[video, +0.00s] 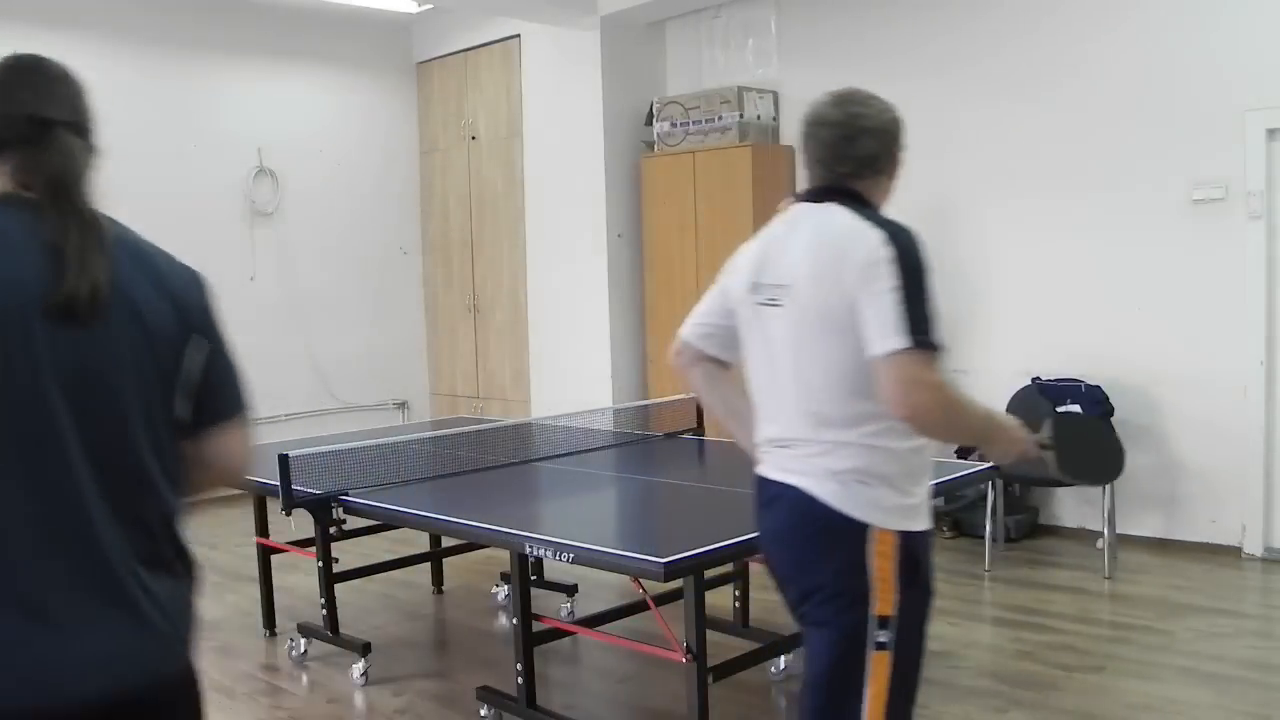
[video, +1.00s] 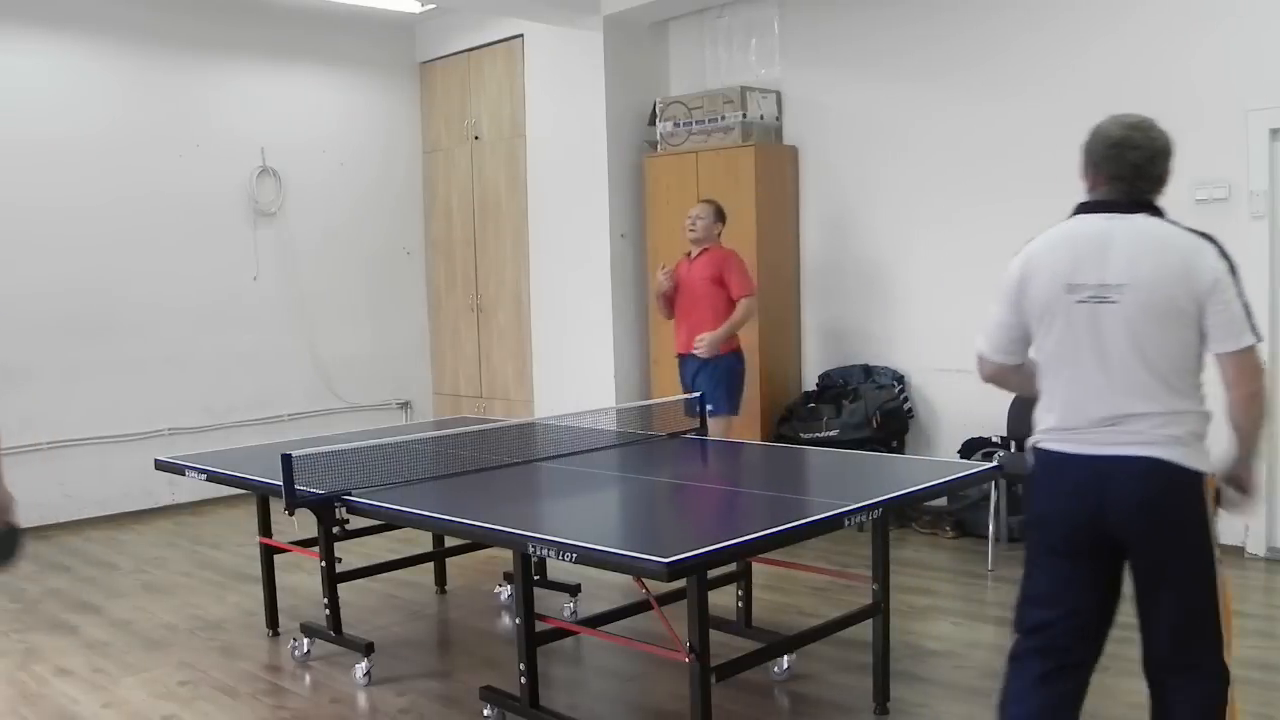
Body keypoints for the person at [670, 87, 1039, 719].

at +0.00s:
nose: (899, 165)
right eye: (897, 155)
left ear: (811, 161)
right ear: (890, 164)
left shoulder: (763, 245)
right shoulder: (880, 243)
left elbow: (694, 352)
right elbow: (911, 392)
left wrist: (764, 442)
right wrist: (996, 433)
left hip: (782, 506)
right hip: (862, 519)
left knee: (832, 692)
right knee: (867, 702)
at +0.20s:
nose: (962, 175)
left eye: (958, 164)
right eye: (959, 166)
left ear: (875, 176)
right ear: (952, 177)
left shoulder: (827, 260)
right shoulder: (955, 256)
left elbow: (748, 360)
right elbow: (995, 402)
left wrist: (831, 435)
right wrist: (1058, 440)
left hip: (849, 513)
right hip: (932, 524)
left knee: (897, 695)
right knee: (918, 705)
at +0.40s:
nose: (1005, 168)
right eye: (1002, 160)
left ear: (920, 170)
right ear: (997, 170)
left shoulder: (880, 255)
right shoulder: (1016, 244)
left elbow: (831, 381)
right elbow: (1060, 385)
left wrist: (906, 418)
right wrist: (1085, 420)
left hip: (903, 499)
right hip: (992, 505)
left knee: (936, 688)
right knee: (999, 692)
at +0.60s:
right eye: (1042, 158)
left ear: (962, 168)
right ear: (1039, 168)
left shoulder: (919, 252)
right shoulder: (1065, 241)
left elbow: (912, 381)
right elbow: (1125, 373)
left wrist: (980, 383)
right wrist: (1067, 382)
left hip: (942, 489)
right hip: (1038, 491)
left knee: (955, 681)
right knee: (1087, 672)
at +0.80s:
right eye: (1096, 165)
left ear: (1020, 173)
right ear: (1094, 174)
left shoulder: (977, 253)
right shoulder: (1128, 247)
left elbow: (955, 378)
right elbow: (1174, 379)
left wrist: (1029, 355)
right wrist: (1113, 368)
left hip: (994, 488)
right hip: (1095, 493)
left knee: (981, 680)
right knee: (1139, 679)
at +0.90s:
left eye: (1055, 167)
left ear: (1055, 176)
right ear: (1129, 180)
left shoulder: (1013, 256)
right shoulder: (1165, 254)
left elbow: (979, 377)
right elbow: (1214, 383)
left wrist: (1053, 380)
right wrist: (1181, 412)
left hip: (1033, 488)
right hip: (1132, 494)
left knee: (1016, 672)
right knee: (1165, 675)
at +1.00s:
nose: (1083, 175)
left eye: (1086, 167)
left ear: (1087, 173)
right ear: (1161, 178)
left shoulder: (1040, 253)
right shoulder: (1198, 255)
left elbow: (996, 365)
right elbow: (1245, 380)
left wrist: (1064, 384)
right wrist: (1242, 461)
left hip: (1063, 481)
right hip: (1163, 486)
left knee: (1046, 653)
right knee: (1186, 665)